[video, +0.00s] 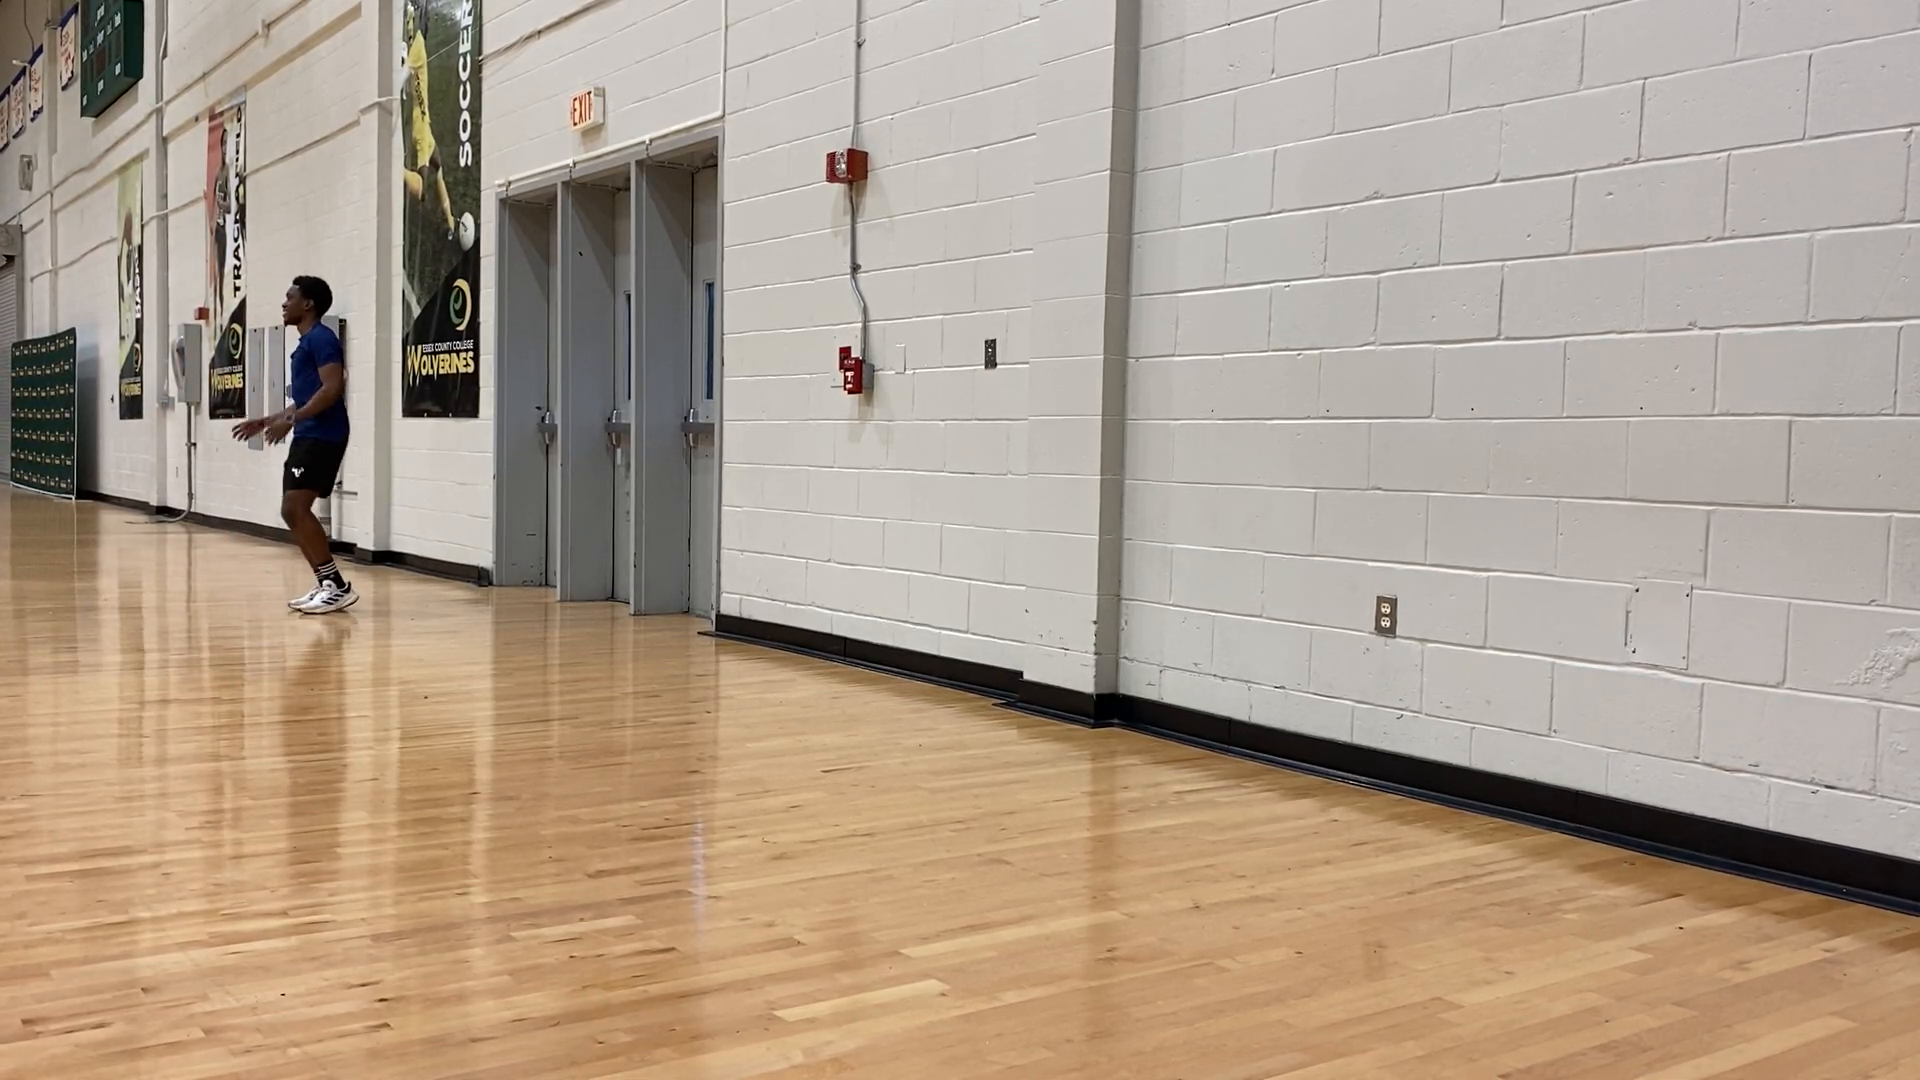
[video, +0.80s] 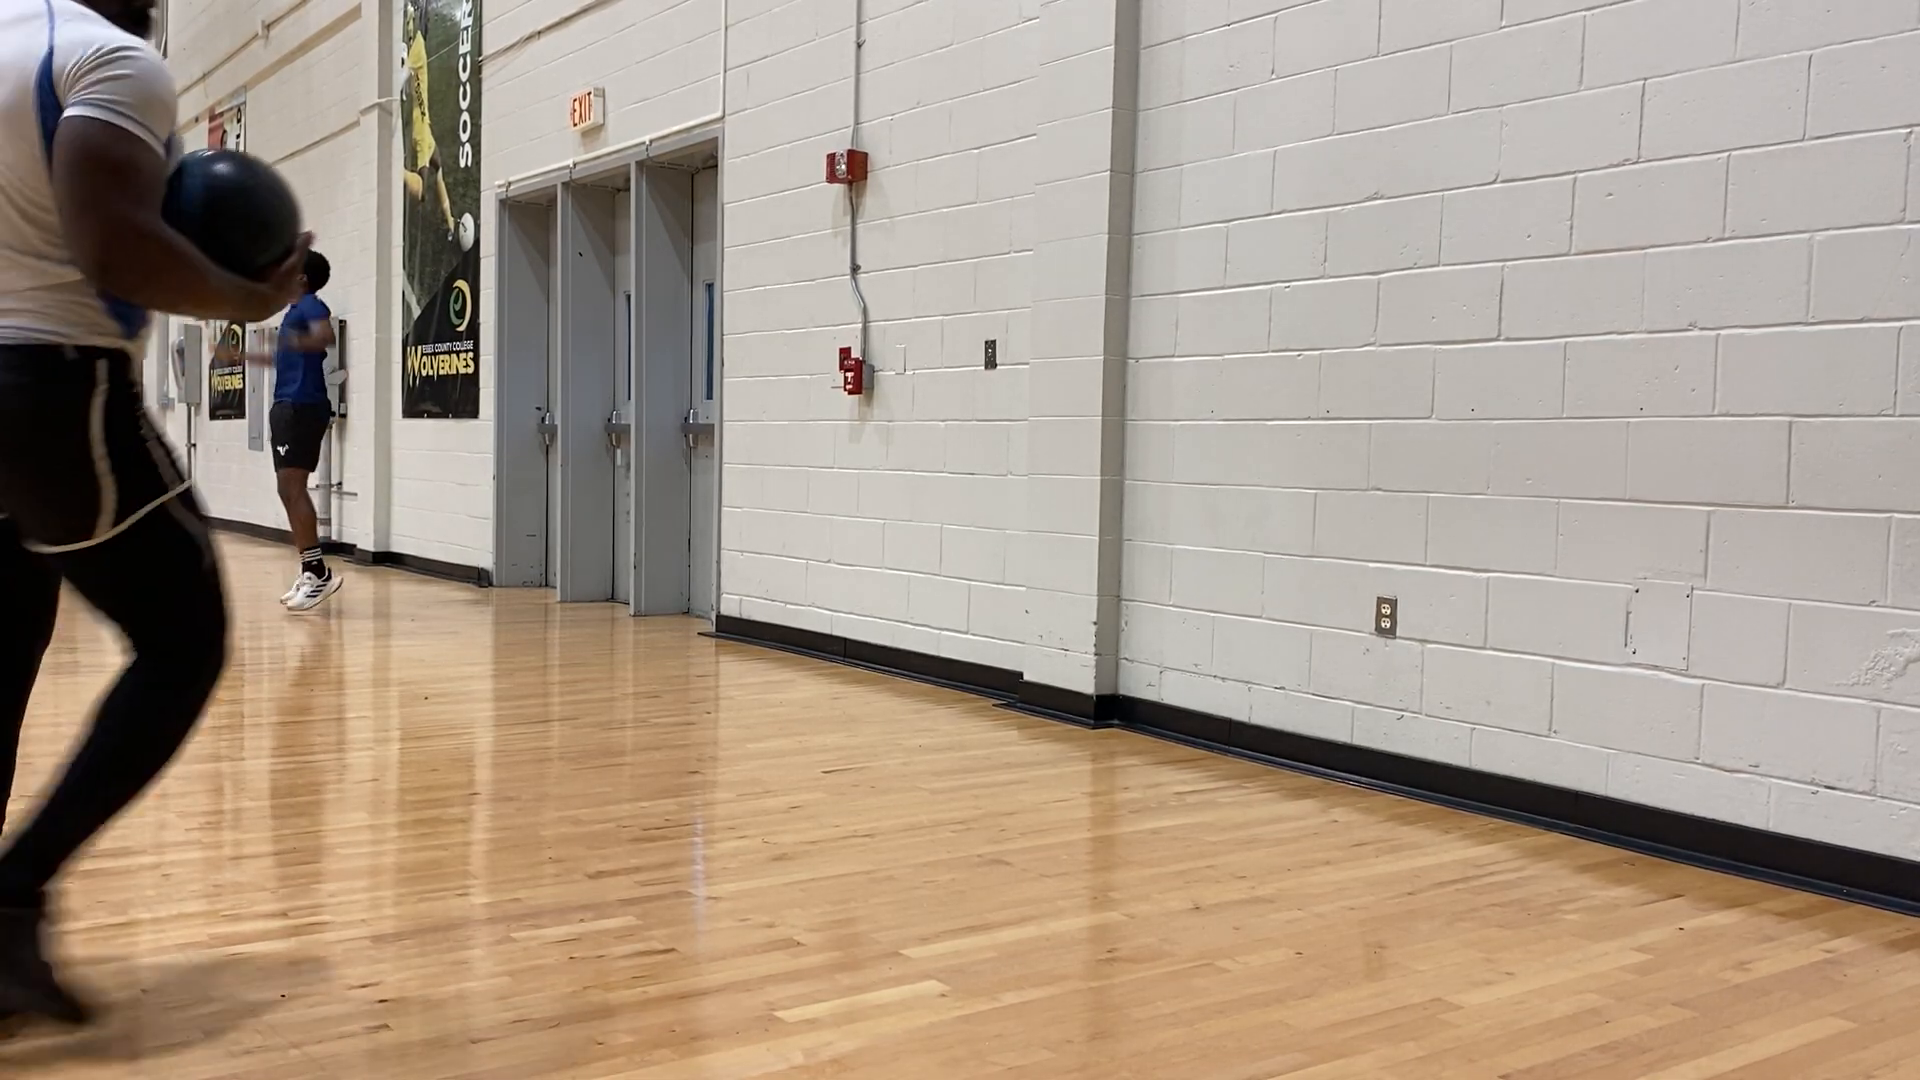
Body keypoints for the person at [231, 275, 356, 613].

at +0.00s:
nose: (283, 303)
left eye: (290, 298)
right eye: (286, 297)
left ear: (309, 304)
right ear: (305, 305)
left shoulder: (321, 338)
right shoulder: (305, 344)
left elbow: (332, 390)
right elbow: (302, 401)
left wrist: (291, 420)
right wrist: (265, 422)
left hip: (323, 436)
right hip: (310, 435)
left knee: (297, 508)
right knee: (291, 510)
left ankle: (335, 586)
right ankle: (326, 585)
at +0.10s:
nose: (285, 310)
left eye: (292, 305)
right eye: (287, 304)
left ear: (310, 312)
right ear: (307, 313)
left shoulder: (322, 346)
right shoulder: (305, 352)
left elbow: (329, 389)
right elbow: (292, 409)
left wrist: (284, 409)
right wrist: (249, 417)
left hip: (324, 444)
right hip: (310, 443)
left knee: (292, 513)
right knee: (285, 515)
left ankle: (335, 588)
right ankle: (328, 586)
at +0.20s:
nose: (288, 295)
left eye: (294, 289)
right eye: (290, 289)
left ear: (314, 296)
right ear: (310, 296)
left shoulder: (321, 322)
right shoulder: (304, 333)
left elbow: (325, 348)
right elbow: (287, 376)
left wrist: (278, 340)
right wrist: (238, 364)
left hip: (320, 430)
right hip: (304, 430)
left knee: (302, 503)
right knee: (294, 505)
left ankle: (334, 584)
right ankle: (326, 582)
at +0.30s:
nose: (287, 281)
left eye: (293, 276)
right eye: (288, 276)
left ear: (313, 282)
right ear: (301, 282)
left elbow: (304, 288)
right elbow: (272, 328)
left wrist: (266, 267)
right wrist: (245, 289)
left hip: (318, 412)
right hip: (298, 413)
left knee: (307, 490)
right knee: (297, 493)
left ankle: (336, 575)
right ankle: (317, 575)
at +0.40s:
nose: (285, 285)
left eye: (292, 280)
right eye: (286, 280)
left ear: (307, 286)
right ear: (291, 288)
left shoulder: (316, 311)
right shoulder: (298, 314)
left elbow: (320, 273)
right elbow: (276, 292)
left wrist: (284, 237)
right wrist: (267, 248)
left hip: (315, 410)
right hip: (298, 411)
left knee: (307, 494)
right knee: (291, 497)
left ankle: (335, 577)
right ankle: (317, 577)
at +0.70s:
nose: (284, 271)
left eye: (292, 267)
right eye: (287, 266)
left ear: (308, 277)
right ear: (296, 277)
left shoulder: (315, 308)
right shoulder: (289, 312)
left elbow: (316, 287)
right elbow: (272, 314)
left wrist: (288, 256)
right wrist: (249, 289)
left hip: (308, 407)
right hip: (289, 408)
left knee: (302, 487)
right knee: (288, 489)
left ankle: (327, 571)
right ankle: (311, 570)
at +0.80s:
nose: (286, 275)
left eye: (291, 270)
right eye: (289, 269)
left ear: (302, 277)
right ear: (306, 279)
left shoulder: (310, 304)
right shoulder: (294, 313)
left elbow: (325, 337)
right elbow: (281, 360)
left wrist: (288, 342)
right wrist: (242, 356)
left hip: (304, 407)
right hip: (288, 407)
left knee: (292, 489)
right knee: (288, 490)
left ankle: (317, 573)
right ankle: (311, 572)